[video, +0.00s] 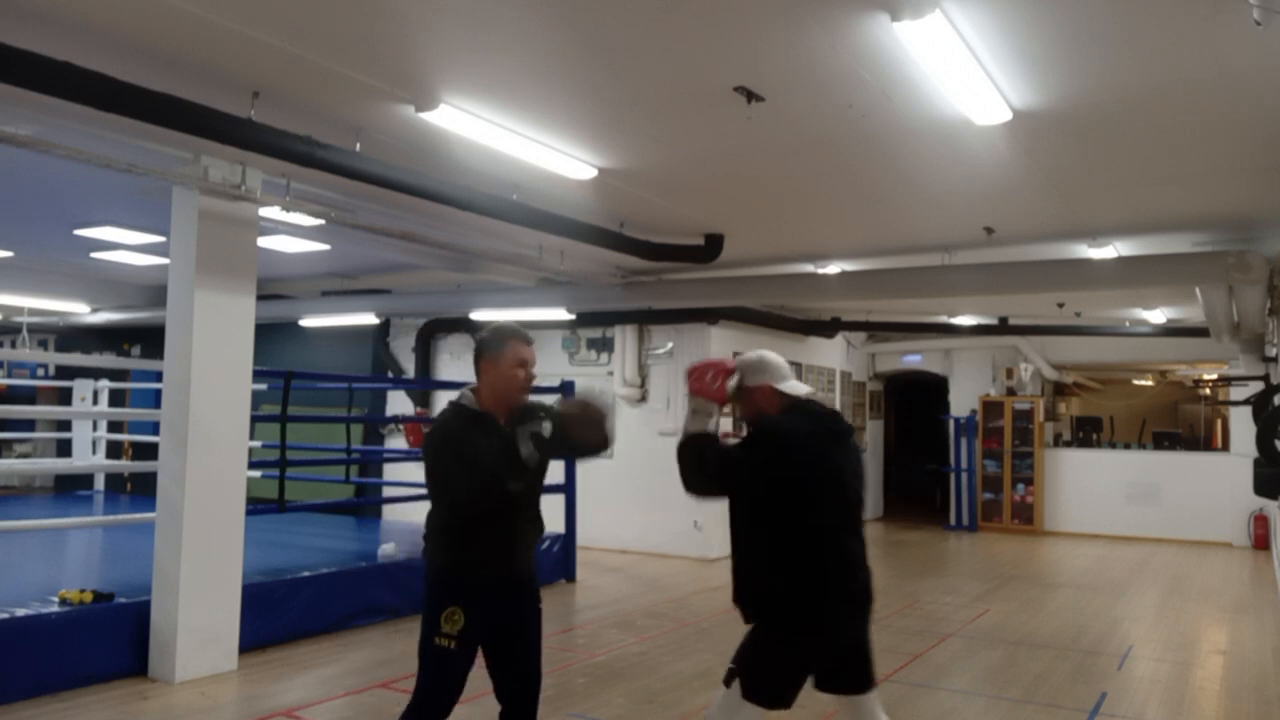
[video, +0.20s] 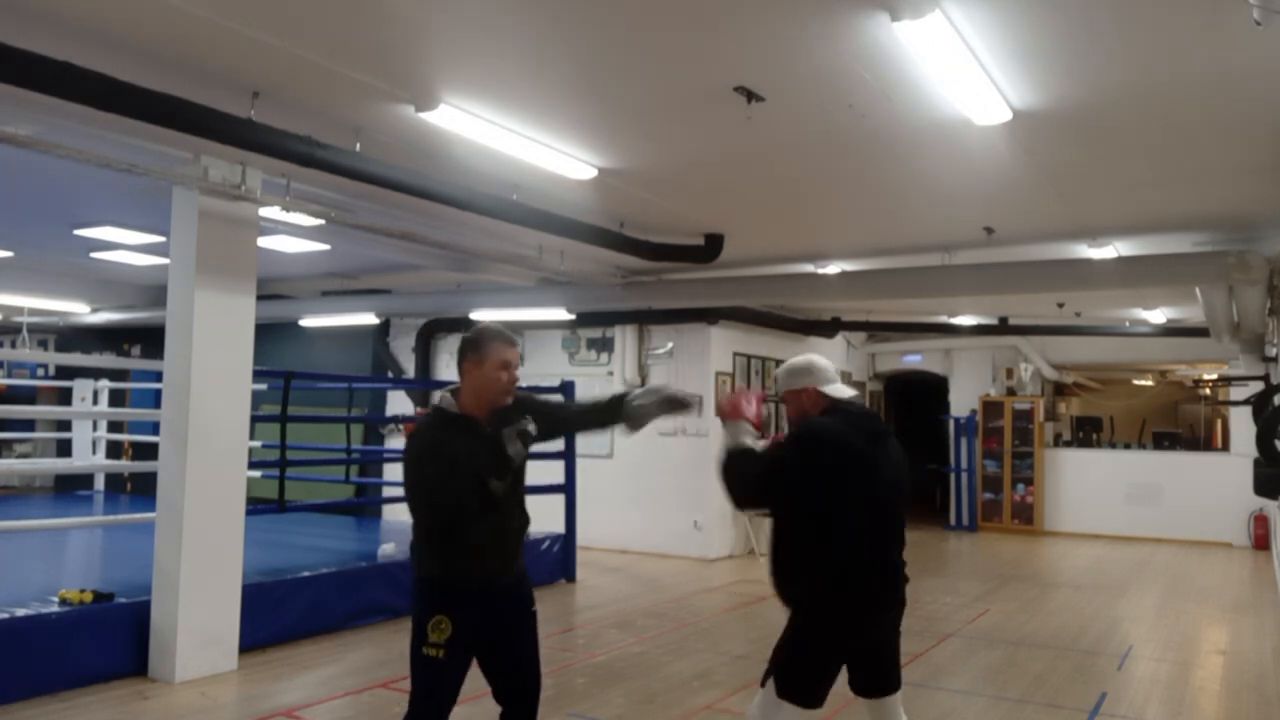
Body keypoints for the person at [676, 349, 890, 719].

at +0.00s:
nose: (742, 413)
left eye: (742, 401)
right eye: (739, 404)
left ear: (763, 393)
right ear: (777, 389)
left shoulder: (771, 439)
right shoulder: (833, 428)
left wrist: (700, 410)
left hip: (792, 607)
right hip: (844, 599)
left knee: (734, 705)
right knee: (862, 701)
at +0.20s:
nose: (786, 411)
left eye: (787, 401)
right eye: (784, 402)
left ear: (808, 395)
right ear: (826, 392)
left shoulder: (813, 440)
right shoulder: (875, 431)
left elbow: (748, 489)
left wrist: (738, 428)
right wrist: (782, 450)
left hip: (825, 601)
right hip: (881, 594)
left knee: (775, 705)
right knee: (885, 702)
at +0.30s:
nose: (789, 406)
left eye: (791, 393)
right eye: (787, 395)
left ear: (817, 388)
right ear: (827, 386)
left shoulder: (830, 430)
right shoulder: (877, 423)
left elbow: (795, 510)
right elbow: (841, 491)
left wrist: (757, 455)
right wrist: (793, 446)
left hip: (831, 595)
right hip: (882, 588)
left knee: (775, 703)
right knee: (884, 701)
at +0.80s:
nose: (779, 414)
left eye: (782, 400)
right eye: (777, 402)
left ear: (814, 394)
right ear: (815, 394)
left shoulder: (843, 440)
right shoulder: (862, 431)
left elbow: (799, 527)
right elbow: (807, 513)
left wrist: (738, 496)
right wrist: (763, 463)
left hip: (842, 610)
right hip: (877, 603)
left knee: (773, 707)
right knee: (877, 710)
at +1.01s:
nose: (764, 415)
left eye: (767, 403)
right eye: (762, 405)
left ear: (797, 398)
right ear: (802, 397)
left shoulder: (809, 442)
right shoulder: (854, 434)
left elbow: (732, 490)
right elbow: (817, 505)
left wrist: (678, 452)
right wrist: (760, 466)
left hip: (821, 608)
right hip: (873, 600)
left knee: (765, 709)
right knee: (871, 705)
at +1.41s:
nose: (753, 420)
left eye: (755, 408)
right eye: (751, 409)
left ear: (784, 402)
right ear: (789, 400)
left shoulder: (786, 452)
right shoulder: (852, 438)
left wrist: (665, 454)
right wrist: (749, 471)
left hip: (815, 617)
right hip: (873, 609)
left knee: (751, 710)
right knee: (871, 712)